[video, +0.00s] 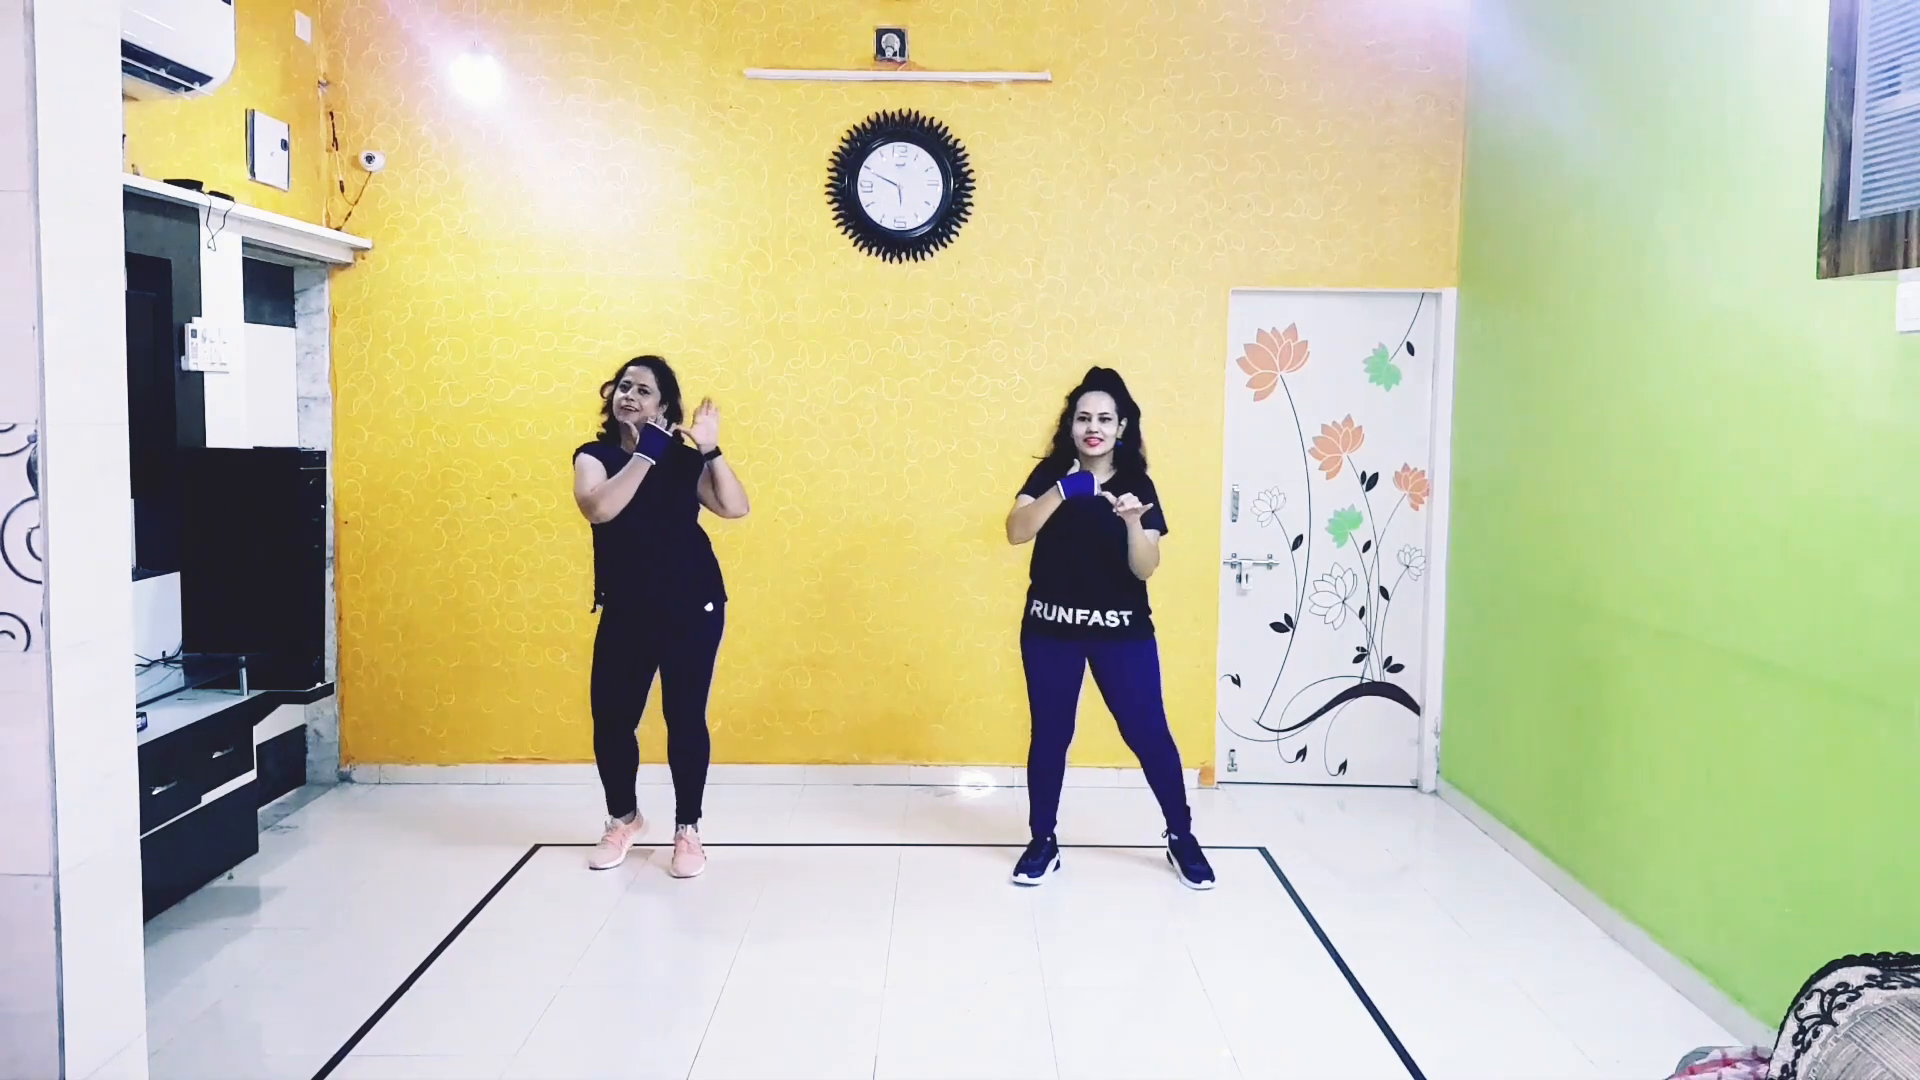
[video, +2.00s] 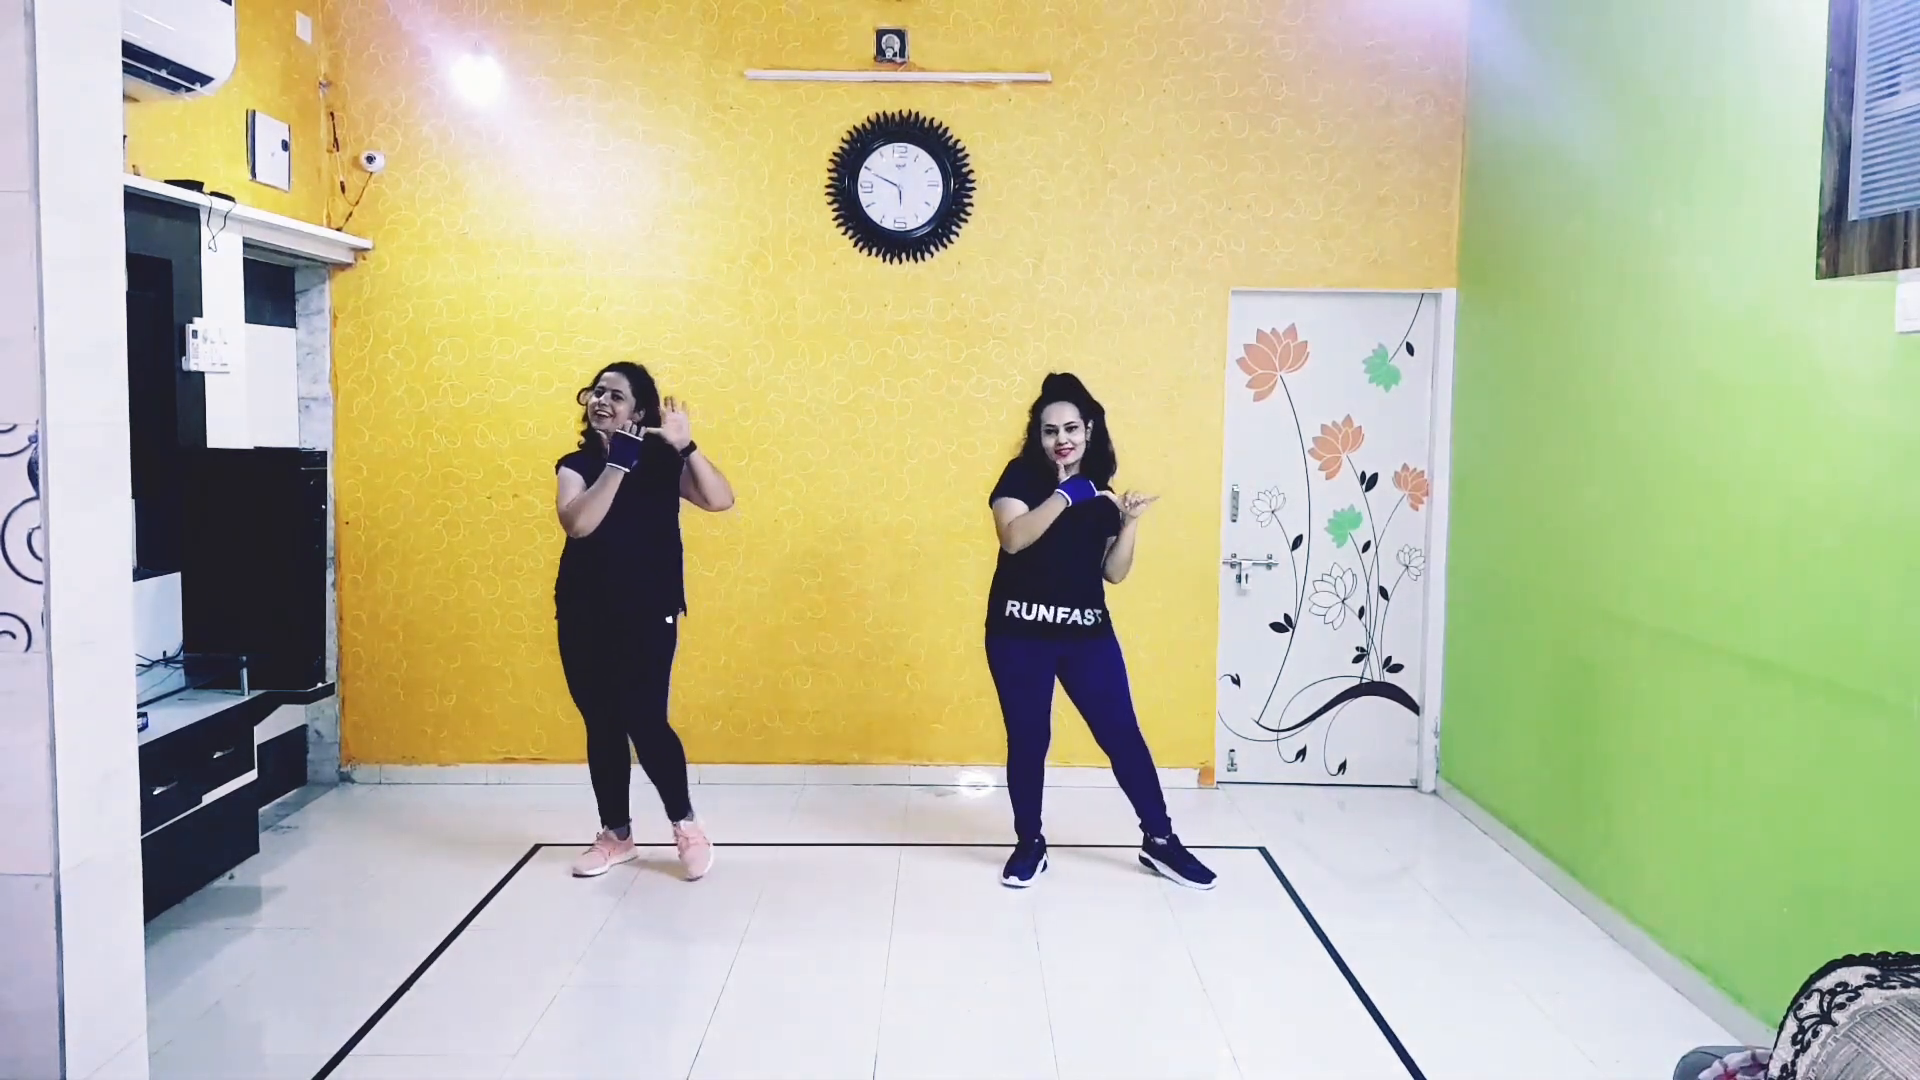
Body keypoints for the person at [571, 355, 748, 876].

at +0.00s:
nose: (629, 394)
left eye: (642, 390)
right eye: (624, 386)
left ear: (665, 405)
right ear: (610, 396)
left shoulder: (683, 456)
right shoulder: (594, 455)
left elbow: (735, 507)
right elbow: (598, 509)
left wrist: (712, 450)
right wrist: (645, 452)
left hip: (692, 605)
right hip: (626, 606)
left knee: (686, 716)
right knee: (611, 720)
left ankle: (687, 829)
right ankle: (624, 819)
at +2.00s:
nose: (601, 401)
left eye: (615, 395)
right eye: (597, 393)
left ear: (642, 411)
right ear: (588, 404)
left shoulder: (663, 460)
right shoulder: (577, 463)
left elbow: (719, 501)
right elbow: (578, 523)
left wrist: (687, 448)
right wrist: (618, 461)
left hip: (650, 610)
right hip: (586, 612)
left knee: (646, 720)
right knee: (602, 725)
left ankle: (685, 825)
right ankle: (615, 834)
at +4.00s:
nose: (642, 394)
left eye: (657, 390)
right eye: (639, 386)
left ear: (680, 412)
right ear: (628, 399)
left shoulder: (708, 463)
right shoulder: (612, 466)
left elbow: (733, 530)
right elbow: (596, 525)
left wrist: (754, 597)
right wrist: (614, 448)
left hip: (700, 618)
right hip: (631, 617)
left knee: (701, 728)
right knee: (594, 724)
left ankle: (710, 836)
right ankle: (596, 830)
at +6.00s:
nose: (610, 404)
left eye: (623, 399)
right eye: (602, 394)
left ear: (636, 413)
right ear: (581, 402)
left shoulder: (655, 471)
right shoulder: (555, 471)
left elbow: (672, 534)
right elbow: (536, 533)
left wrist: (683, 525)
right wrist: (490, 534)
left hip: (633, 625)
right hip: (565, 624)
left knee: (643, 732)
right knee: (570, 734)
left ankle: (670, 838)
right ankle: (574, 843)